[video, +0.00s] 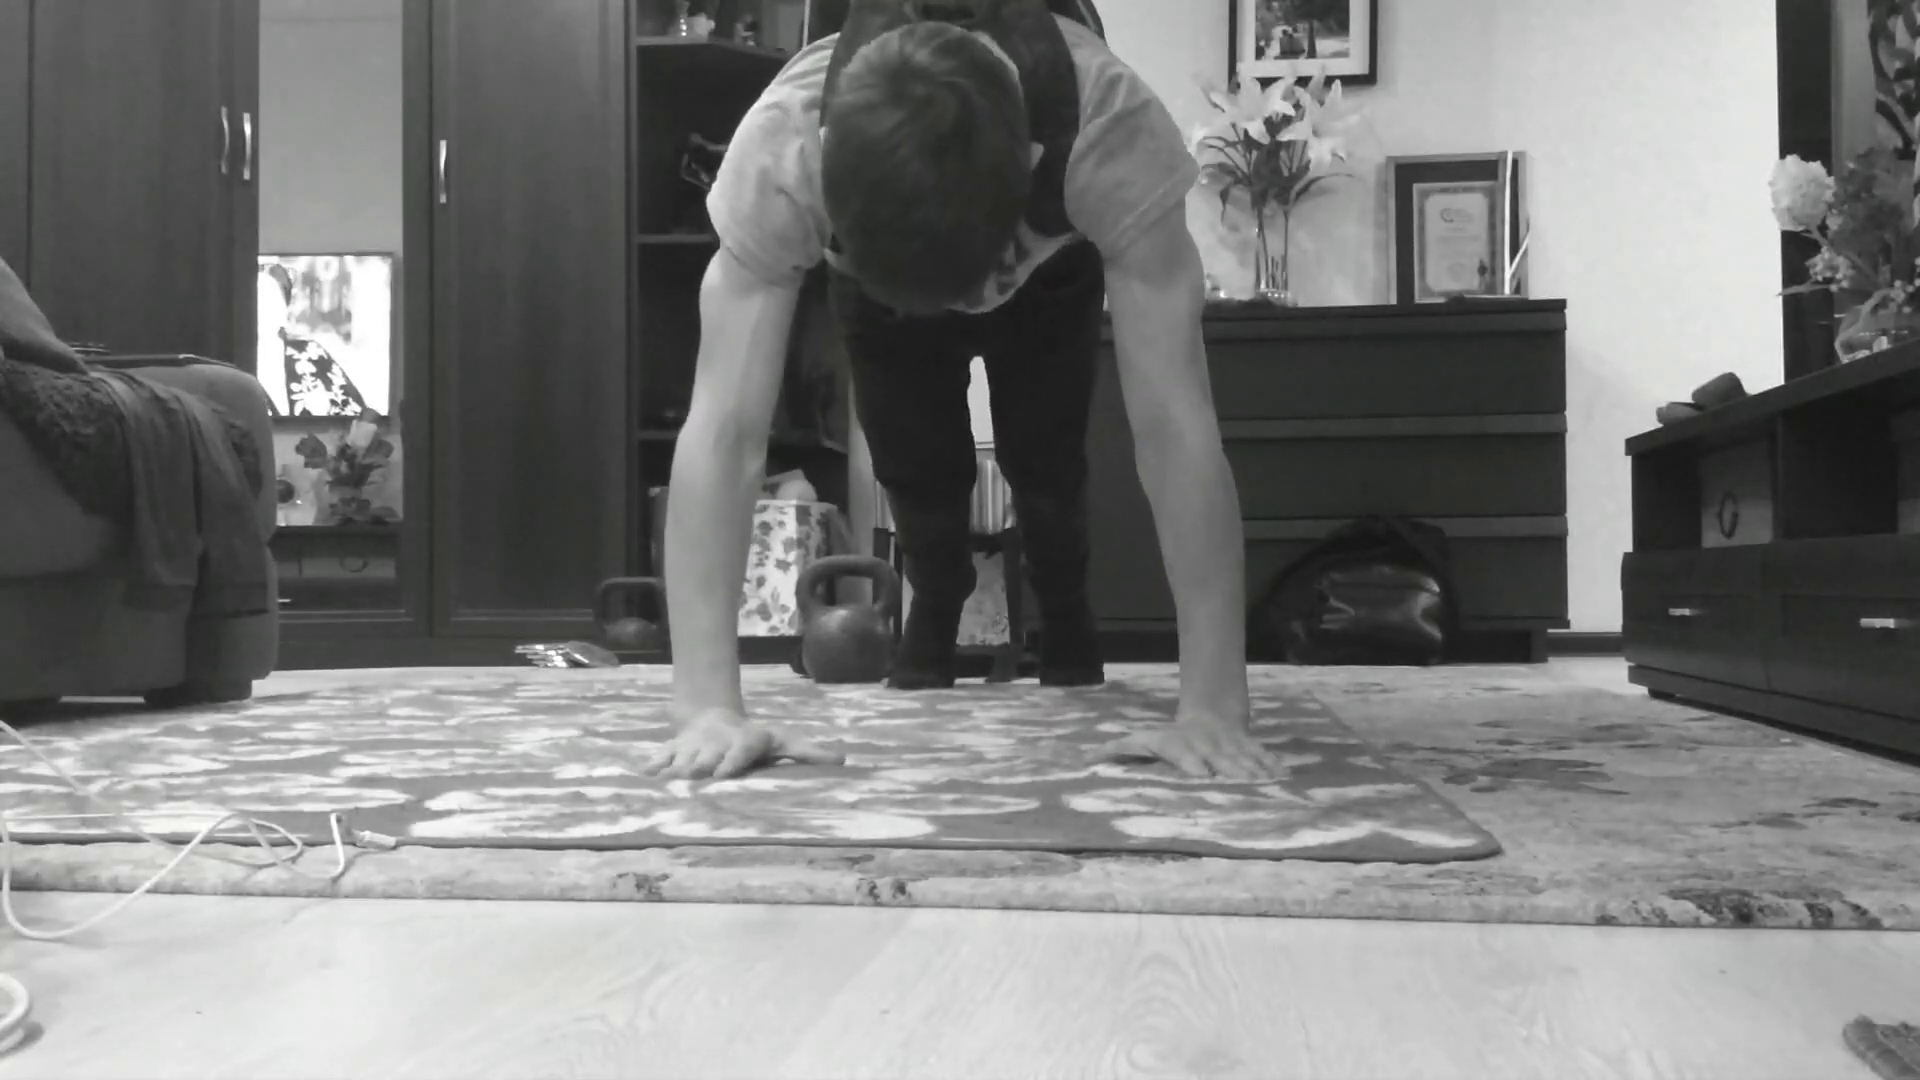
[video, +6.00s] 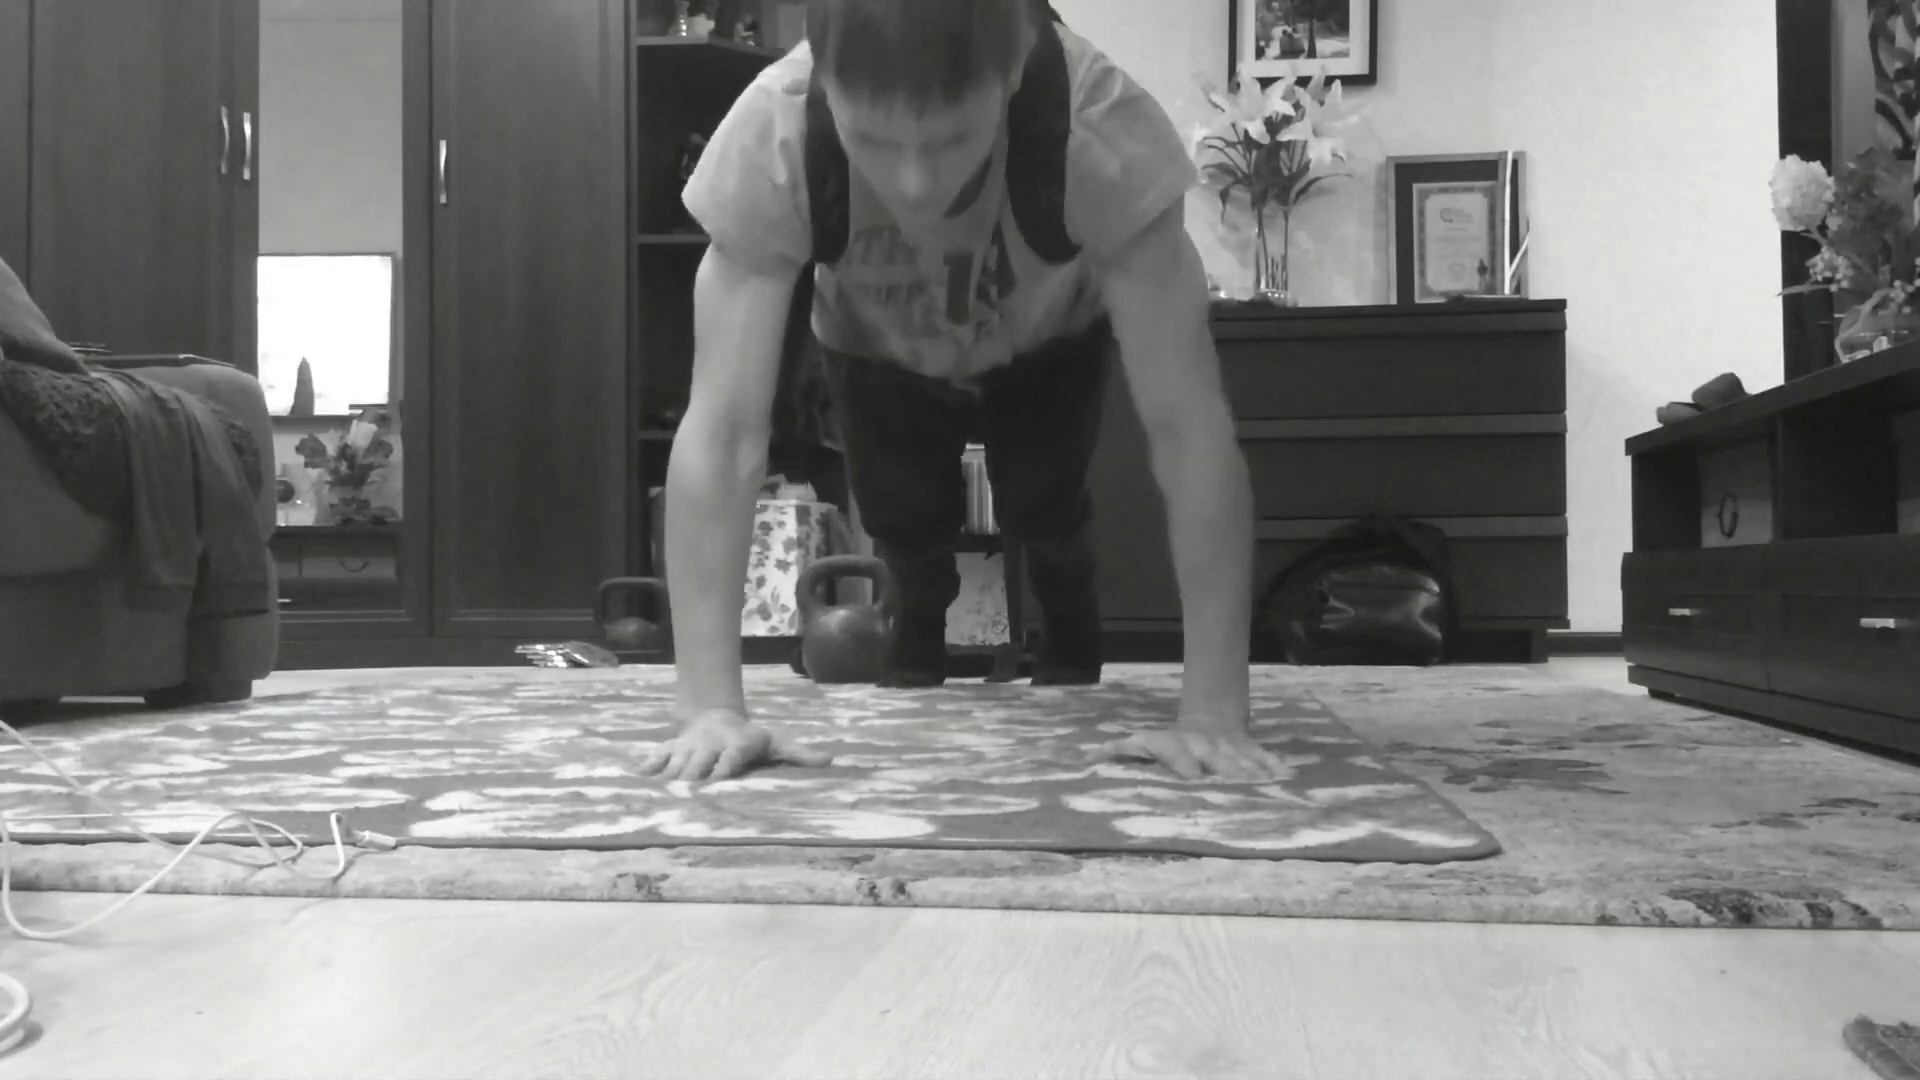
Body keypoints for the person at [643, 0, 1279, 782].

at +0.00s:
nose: (946, 318)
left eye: (971, 288)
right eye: (906, 298)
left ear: (1030, 181)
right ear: (832, 200)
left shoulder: (1127, 151)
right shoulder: (776, 167)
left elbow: (1178, 434)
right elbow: (722, 435)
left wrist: (1214, 711)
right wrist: (708, 709)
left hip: (1050, 254)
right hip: (874, 264)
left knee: (1046, 475)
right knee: (917, 479)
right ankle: (933, 607)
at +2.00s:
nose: (934, 335)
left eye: (970, 300)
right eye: (896, 319)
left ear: (1025, 200)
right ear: (831, 204)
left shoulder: (1119, 149)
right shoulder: (778, 159)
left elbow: (1173, 436)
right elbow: (727, 433)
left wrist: (1213, 710)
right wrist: (709, 709)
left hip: (1047, 255)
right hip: (873, 265)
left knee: (1045, 475)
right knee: (917, 480)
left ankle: (1061, 642)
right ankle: (930, 626)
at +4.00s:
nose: (934, 326)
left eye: (965, 288)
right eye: (894, 309)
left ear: (1025, 176)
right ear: (821, 176)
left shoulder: (1115, 146)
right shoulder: (767, 156)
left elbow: (1181, 432)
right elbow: (713, 433)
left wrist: (1214, 712)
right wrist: (708, 709)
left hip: (1045, 261)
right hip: (869, 274)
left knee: (1042, 471)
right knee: (910, 477)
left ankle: (1060, 623)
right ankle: (933, 601)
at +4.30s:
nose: (932, 246)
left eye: (957, 208)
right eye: (893, 215)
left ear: (1021, 122)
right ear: (834, 145)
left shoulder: (1113, 144)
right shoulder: (775, 156)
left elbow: (1176, 436)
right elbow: (721, 436)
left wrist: (1216, 714)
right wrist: (707, 709)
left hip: (1044, 273)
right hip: (874, 282)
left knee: (1034, 485)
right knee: (908, 488)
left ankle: (1043, 645)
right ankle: (929, 608)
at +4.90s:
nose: (912, 141)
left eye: (952, 96)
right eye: (872, 95)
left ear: (1022, 49)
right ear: (832, 57)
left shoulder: (1106, 132)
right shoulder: (782, 142)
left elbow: (1173, 436)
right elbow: (723, 432)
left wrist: (1214, 710)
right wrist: (710, 710)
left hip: (1045, 324)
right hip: (883, 331)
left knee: (1050, 515)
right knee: (905, 525)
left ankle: (1069, 692)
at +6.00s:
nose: (915, 182)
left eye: (950, 144)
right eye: (876, 144)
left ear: (1012, 78)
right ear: (831, 93)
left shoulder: (1103, 142)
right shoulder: (774, 147)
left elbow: (1193, 431)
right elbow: (719, 438)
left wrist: (1215, 712)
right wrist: (710, 708)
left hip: (1047, 338)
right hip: (876, 343)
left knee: (1049, 524)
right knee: (901, 525)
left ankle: (1069, 667)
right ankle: (914, 613)